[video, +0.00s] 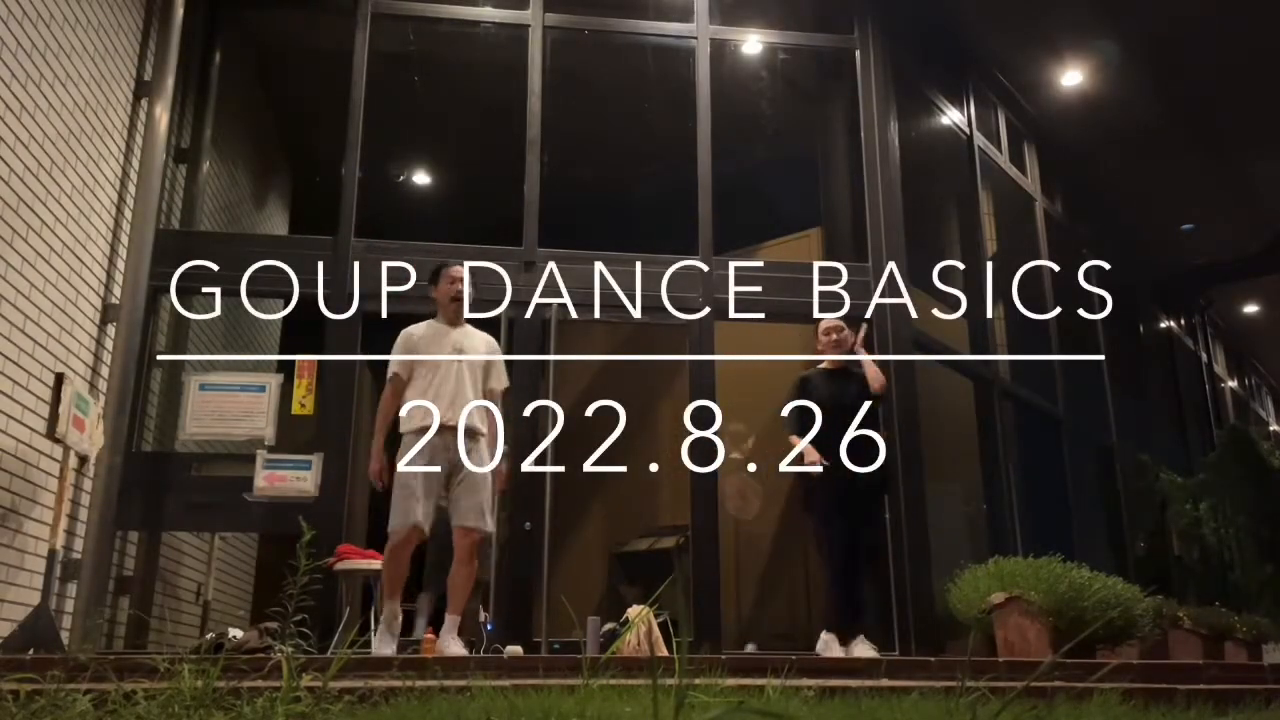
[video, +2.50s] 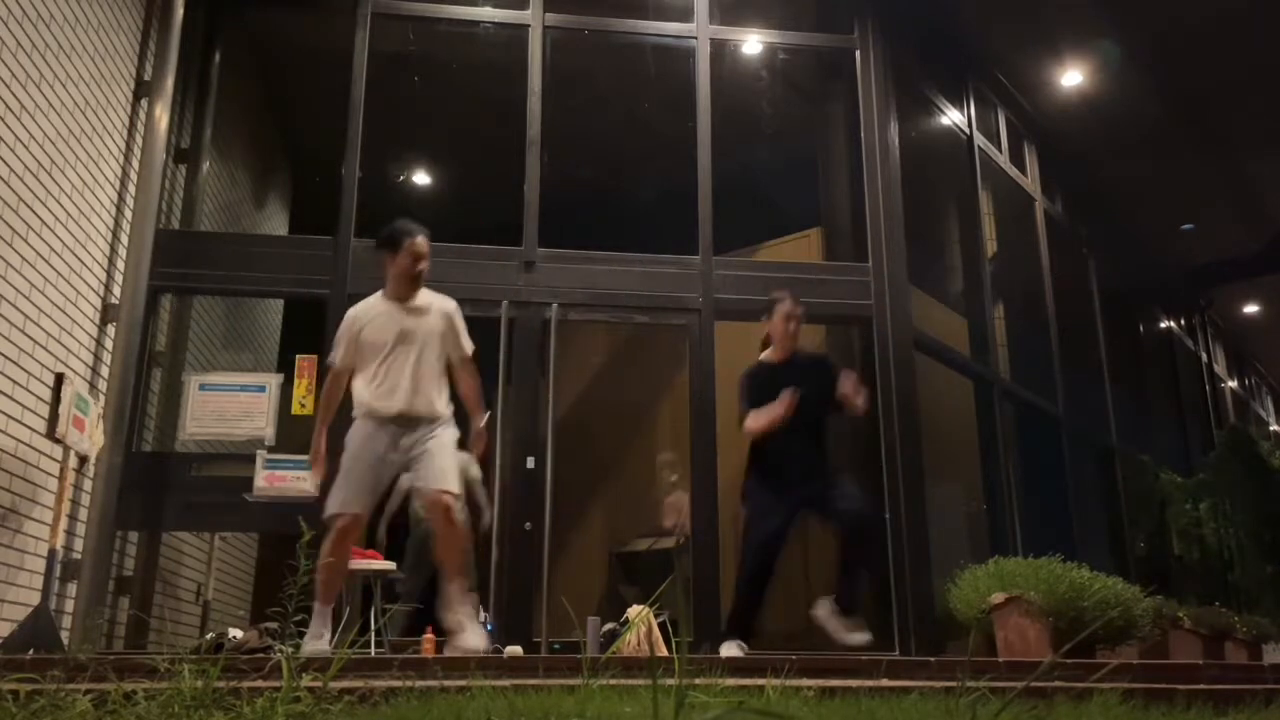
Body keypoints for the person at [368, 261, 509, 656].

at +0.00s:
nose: (459, 288)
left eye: (464, 283)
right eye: (452, 281)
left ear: (471, 293)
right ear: (434, 291)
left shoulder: (487, 344)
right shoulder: (412, 336)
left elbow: (495, 406)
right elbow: (392, 393)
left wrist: (499, 457)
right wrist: (378, 447)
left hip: (473, 445)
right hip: (421, 443)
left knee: (469, 541)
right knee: (405, 534)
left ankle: (449, 635)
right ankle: (389, 623)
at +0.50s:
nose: (456, 269)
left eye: (461, 264)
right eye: (448, 263)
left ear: (468, 274)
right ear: (431, 275)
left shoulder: (490, 324)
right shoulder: (410, 329)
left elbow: (507, 376)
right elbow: (396, 389)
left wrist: (519, 408)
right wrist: (387, 437)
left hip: (476, 434)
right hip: (422, 432)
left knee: (474, 530)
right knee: (418, 527)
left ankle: (454, 626)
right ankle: (420, 629)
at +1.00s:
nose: (466, 258)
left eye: (471, 252)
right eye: (458, 252)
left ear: (478, 262)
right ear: (439, 262)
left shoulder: (498, 314)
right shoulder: (419, 316)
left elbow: (509, 377)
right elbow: (406, 376)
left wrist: (514, 429)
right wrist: (408, 424)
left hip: (488, 429)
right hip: (434, 428)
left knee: (489, 528)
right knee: (429, 528)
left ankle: (485, 630)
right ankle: (422, 629)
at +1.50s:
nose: (495, 257)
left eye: (499, 251)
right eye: (486, 249)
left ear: (503, 262)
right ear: (462, 258)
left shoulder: (514, 315)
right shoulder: (433, 310)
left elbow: (527, 378)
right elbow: (410, 372)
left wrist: (537, 421)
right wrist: (396, 427)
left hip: (498, 424)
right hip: (443, 423)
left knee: (499, 524)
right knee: (448, 526)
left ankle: (488, 631)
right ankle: (457, 630)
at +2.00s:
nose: (450, 249)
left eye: (454, 243)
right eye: (441, 240)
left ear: (456, 249)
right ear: (417, 242)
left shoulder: (458, 297)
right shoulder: (382, 286)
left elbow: (498, 298)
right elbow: (340, 280)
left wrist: (484, 250)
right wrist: (367, 233)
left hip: (436, 406)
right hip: (378, 404)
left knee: (446, 511)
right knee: (347, 510)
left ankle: (442, 623)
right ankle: (321, 620)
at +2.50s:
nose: (422, 267)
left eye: (426, 259)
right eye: (414, 259)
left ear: (430, 262)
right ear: (389, 259)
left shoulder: (444, 311)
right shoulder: (360, 316)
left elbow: (463, 367)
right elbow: (336, 379)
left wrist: (479, 418)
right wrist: (319, 439)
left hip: (433, 429)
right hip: (373, 429)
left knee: (445, 506)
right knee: (345, 522)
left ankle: (459, 613)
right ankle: (320, 626)